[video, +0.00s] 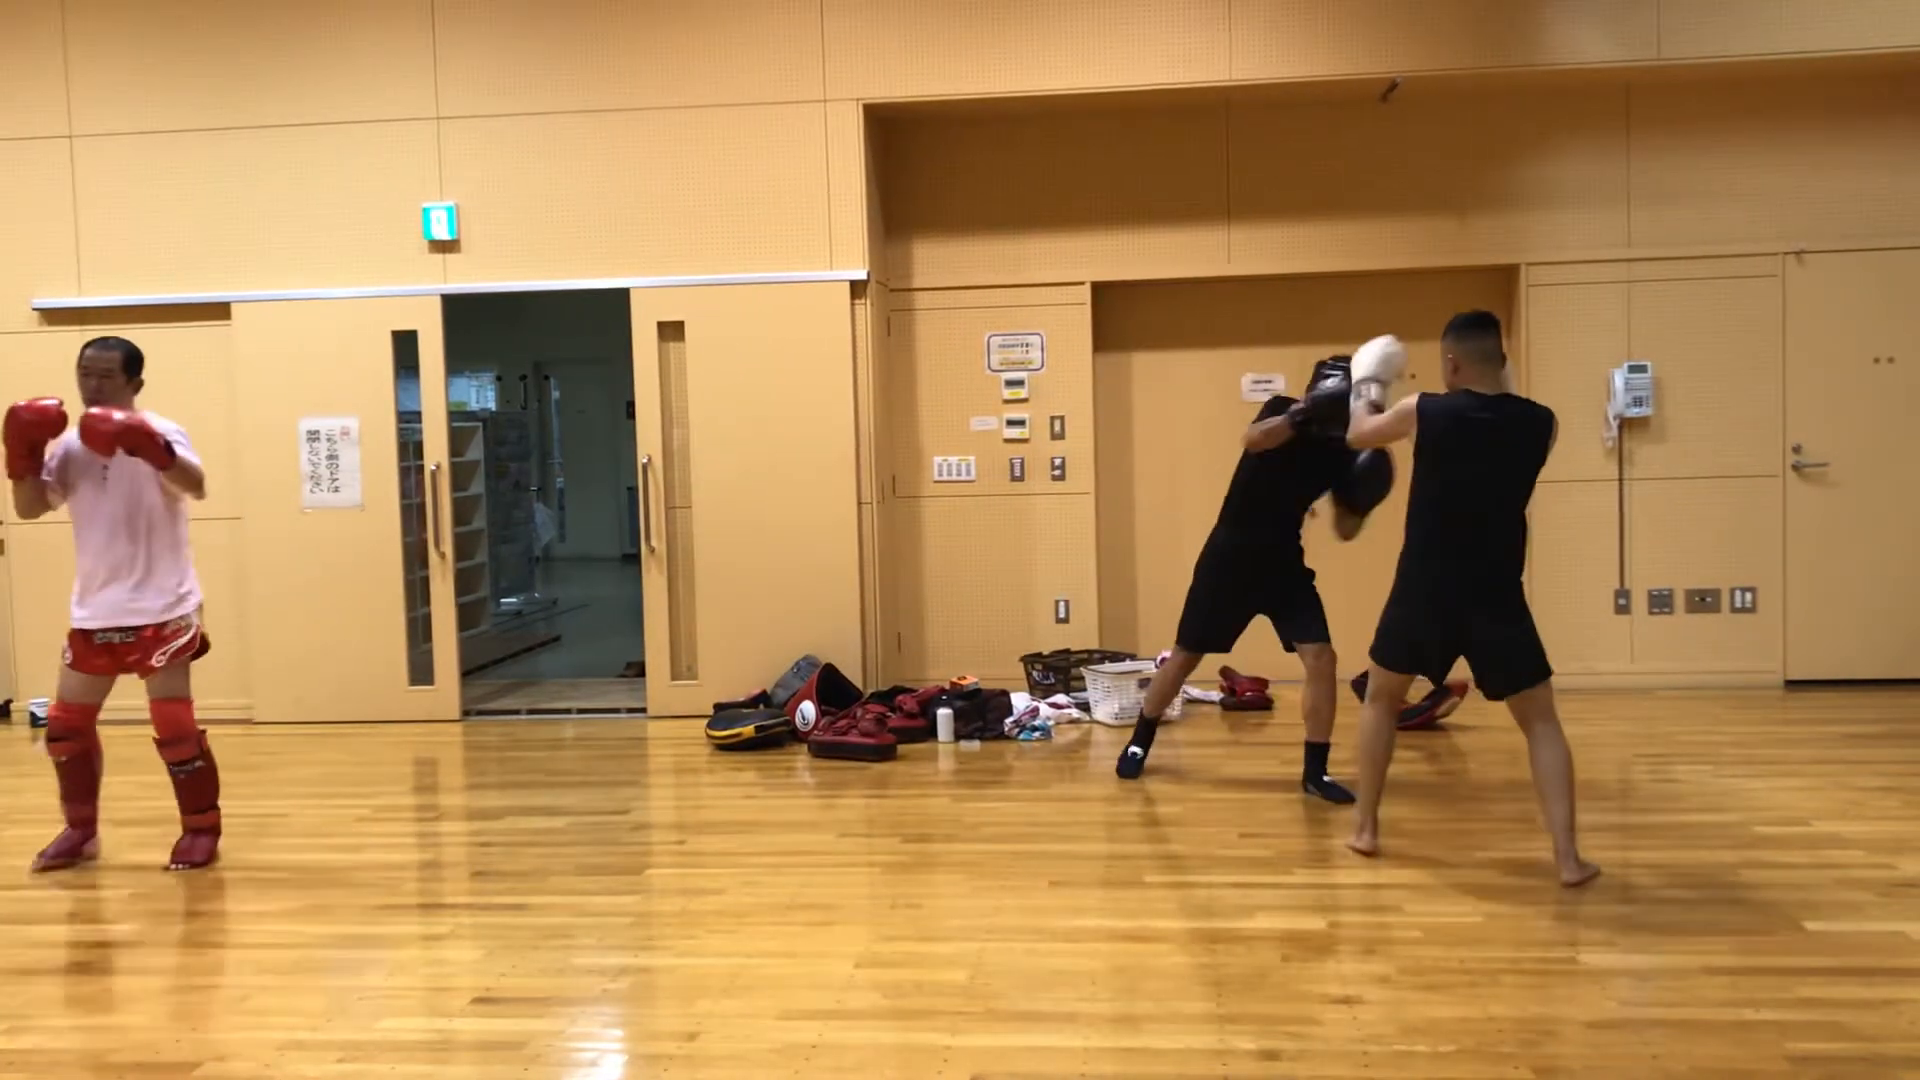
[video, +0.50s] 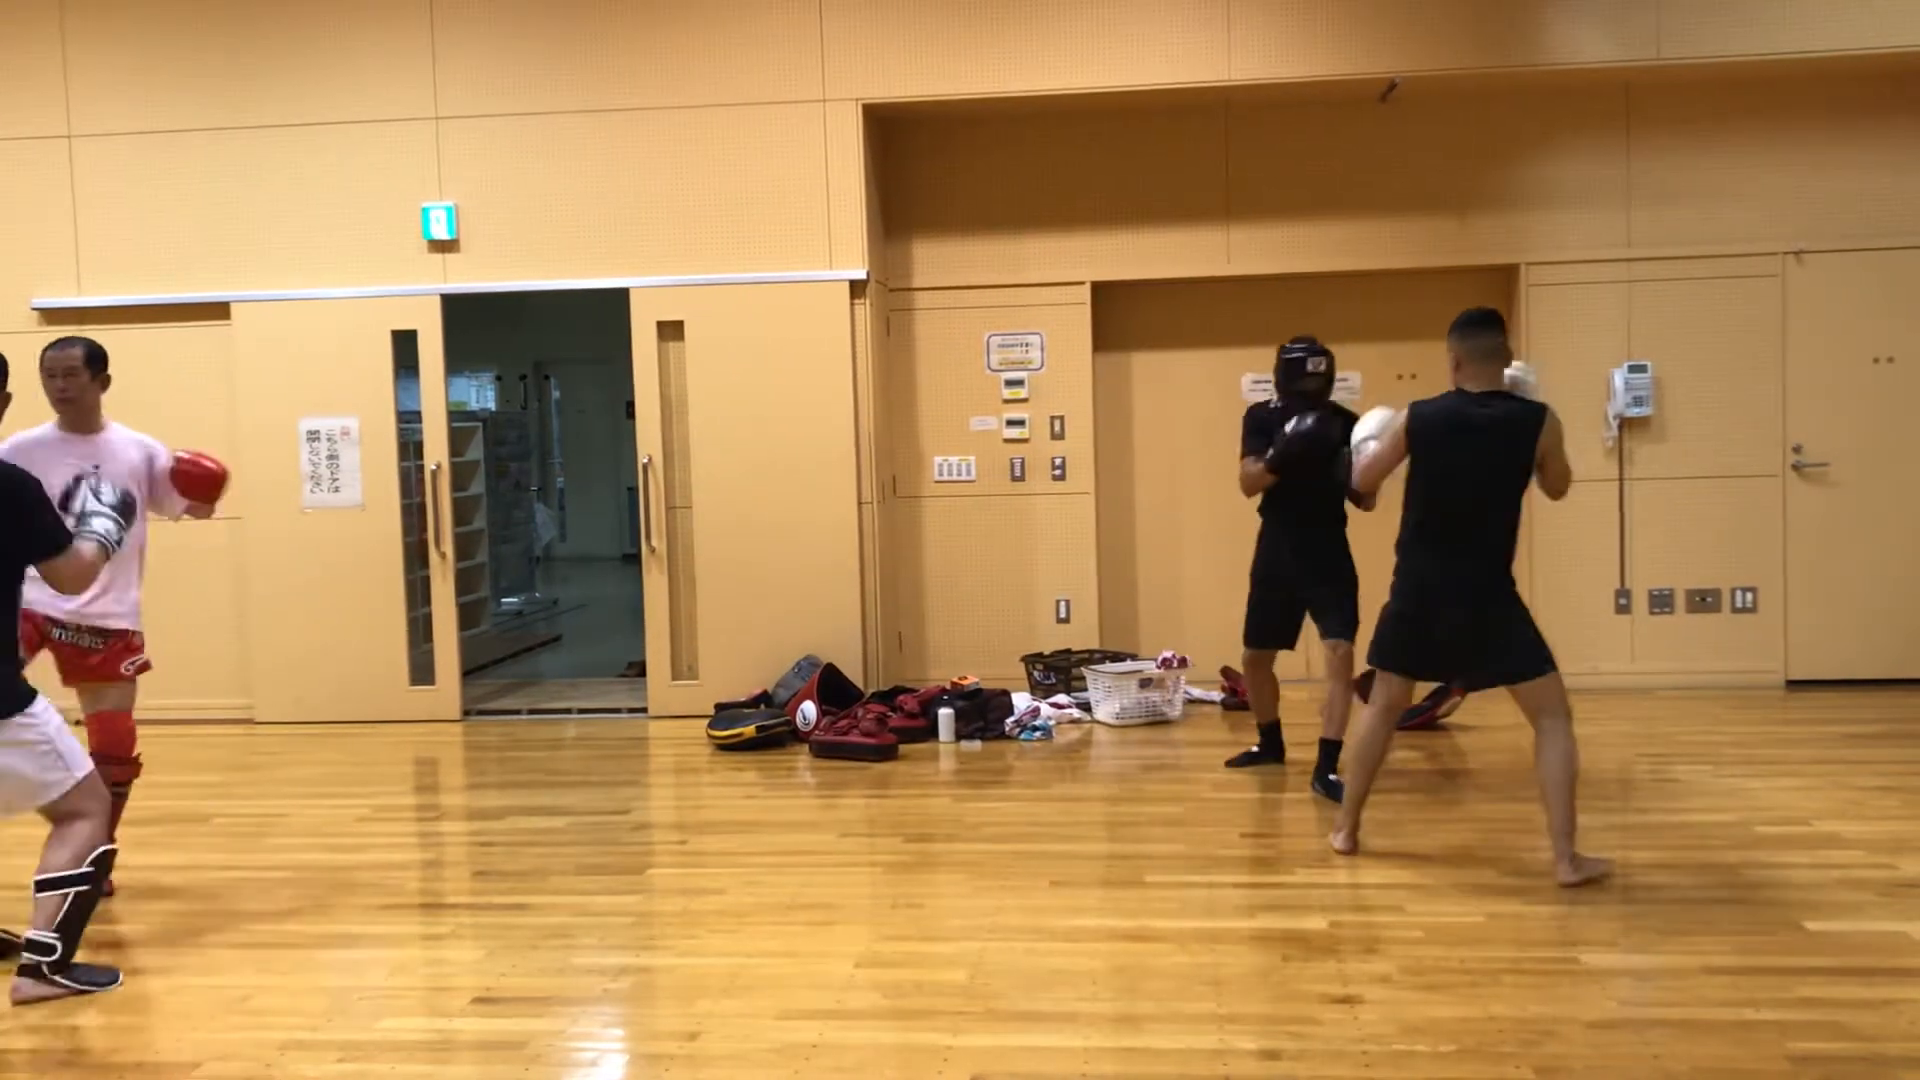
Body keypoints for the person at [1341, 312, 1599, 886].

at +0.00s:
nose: (1443, 368)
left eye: (1443, 361)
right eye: (1446, 360)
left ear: (1451, 361)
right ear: (1503, 357)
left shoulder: (1427, 410)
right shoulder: (1540, 422)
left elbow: (1360, 433)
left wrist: (1366, 393)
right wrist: (1474, 392)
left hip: (1424, 590)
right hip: (1498, 596)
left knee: (1383, 699)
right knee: (1540, 719)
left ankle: (1364, 828)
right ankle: (1568, 859)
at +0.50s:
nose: (1448, 365)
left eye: (1449, 358)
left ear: (1453, 360)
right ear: (1506, 358)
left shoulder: (1420, 418)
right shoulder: (1537, 422)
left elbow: (1364, 483)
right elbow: (1556, 485)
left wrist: (1362, 448)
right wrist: (1527, 418)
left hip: (1417, 599)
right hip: (1491, 601)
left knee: (1383, 707)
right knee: (1552, 718)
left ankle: (1346, 829)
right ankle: (1566, 858)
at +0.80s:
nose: (1494, 368)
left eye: (1492, 360)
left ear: (1497, 360)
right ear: (1552, 357)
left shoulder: (1468, 415)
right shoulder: (1590, 419)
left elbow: (1407, 483)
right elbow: (1596, 494)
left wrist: (1403, 442)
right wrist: (1561, 452)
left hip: (1468, 588)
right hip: (1540, 591)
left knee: (1428, 691)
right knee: (1574, 720)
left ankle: (1395, 813)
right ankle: (1570, 859)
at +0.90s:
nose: (1493, 361)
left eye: (1493, 353)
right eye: (1497, 353)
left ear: (1502, 354)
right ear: (1556, 352)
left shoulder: (1474, 410)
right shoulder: (1594, 415)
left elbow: (1411, 476)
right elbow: (1595, 486)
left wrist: (1407, 430)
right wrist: (1548, 449)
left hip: (1472, 584)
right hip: (1543, 589)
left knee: (1443, 689)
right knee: (1568, 722)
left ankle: (1428, 812)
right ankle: (1570, 860)